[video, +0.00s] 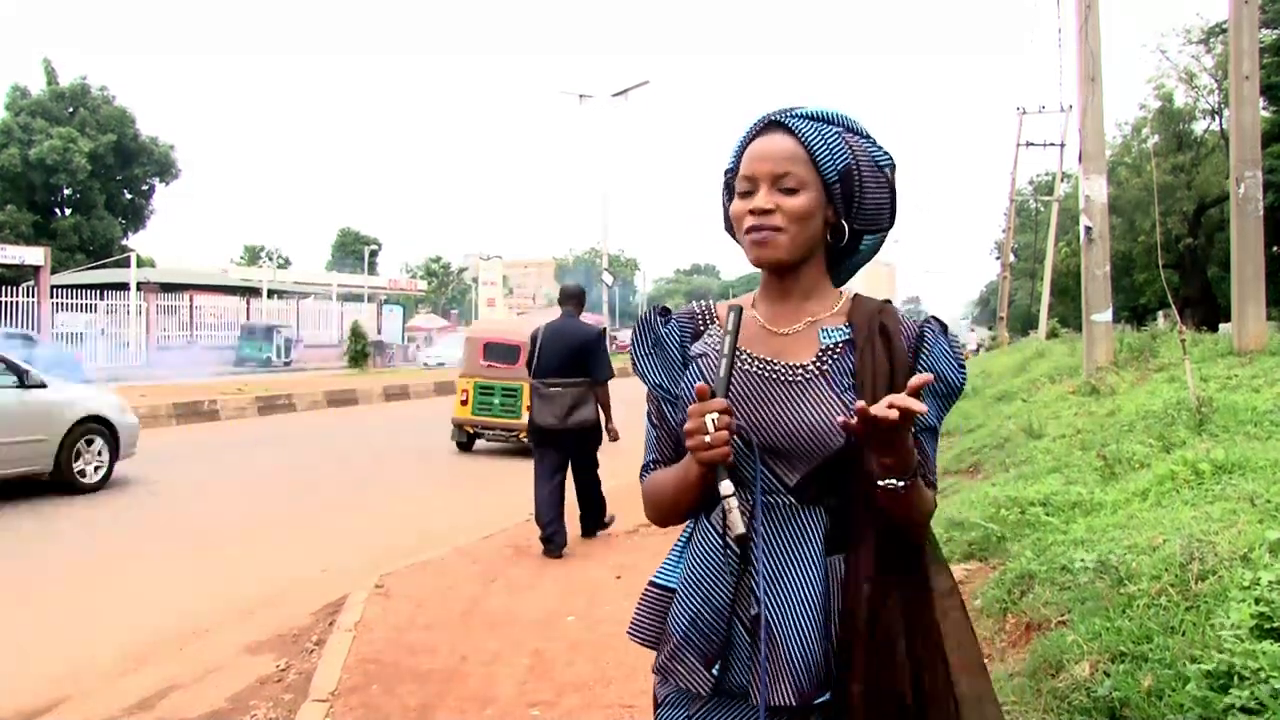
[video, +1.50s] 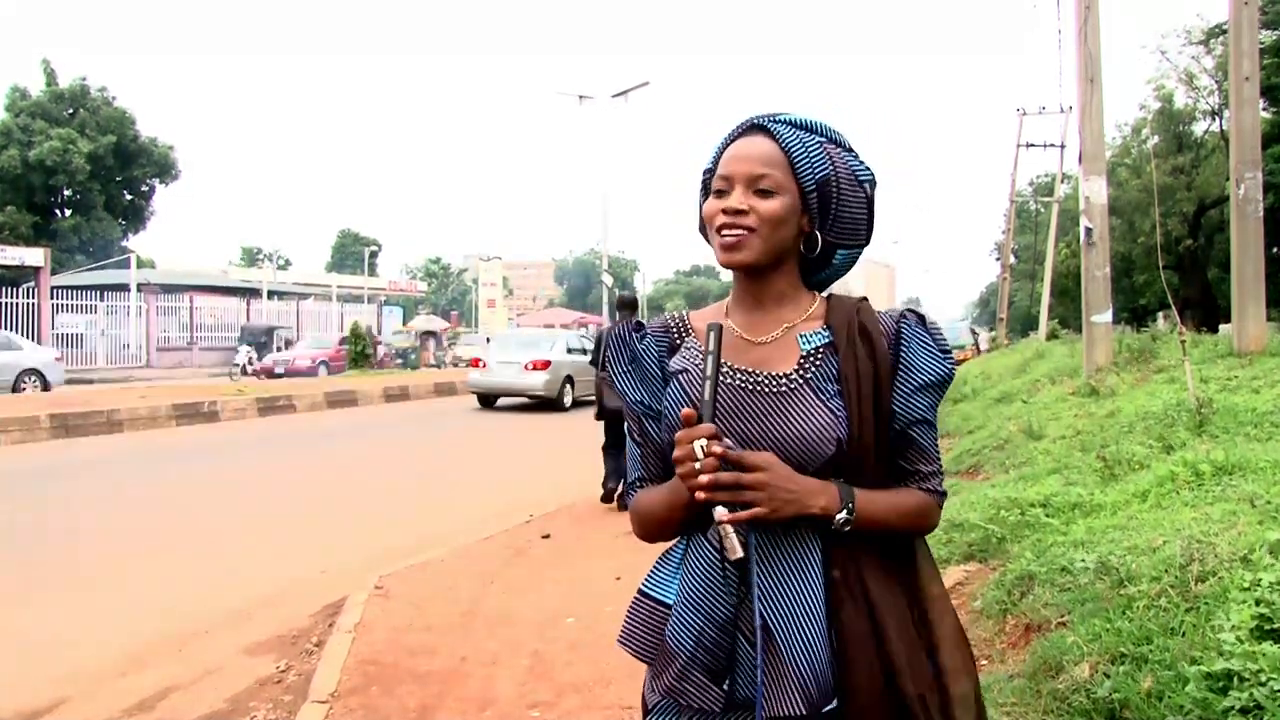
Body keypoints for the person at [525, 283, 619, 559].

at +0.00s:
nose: (577, 308)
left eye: (568, 302)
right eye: (581, 304)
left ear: (559, 303)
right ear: (583, 305)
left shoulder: (539, 334)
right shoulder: (592, 336)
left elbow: (532, 374)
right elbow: (600, 385)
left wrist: (542, 407)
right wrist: (609, 420)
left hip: (545, 422)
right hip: (582, 421)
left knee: (548, 479)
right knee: (586, 473)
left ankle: (552, 542)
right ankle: (592, 522)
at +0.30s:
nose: (596, 304)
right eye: (599, 299)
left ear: (576, 302)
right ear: (599, 301)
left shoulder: (559, 330)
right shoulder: (611, 330)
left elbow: (548, 365)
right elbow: (621, 374)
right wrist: (629, 406)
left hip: (568, 410)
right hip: (602, 410)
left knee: (574, 456)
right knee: (601, 467)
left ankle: (564, 498)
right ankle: (592, 524)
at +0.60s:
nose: (602, 312)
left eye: (595, 307)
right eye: (604, 307)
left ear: (583, 309)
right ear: (605, 308)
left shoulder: (570, 337)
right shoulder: (615, 335)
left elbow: (563, 379)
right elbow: (626, 374)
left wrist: (559, 414)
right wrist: (629, 408)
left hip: (581, 408)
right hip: (610, 406)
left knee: (585, 463)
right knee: (603, 463)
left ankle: (594, 510)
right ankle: (592, 523)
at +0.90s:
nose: (601, 312)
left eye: (596, 307)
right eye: (607, 307)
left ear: (589, 309)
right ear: (610, 308)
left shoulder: (577, 335)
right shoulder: (619, 334)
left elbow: (569, 366)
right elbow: (626, 368)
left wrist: (580, 389)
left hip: (585, 408)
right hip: (613, 406)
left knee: (589, 462)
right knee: (614, 455)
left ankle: (595, 513)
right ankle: (613, 493)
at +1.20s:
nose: (613, 318)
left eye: (609, 313)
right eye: (617, 313)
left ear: (602, 314)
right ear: (623, 313)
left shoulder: (590, 339)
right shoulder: (632, 338)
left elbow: (580, 368)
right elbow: (636, 371)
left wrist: (595, 382)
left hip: (595, 402)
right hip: (625, 402)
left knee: (593, 456)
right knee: (626, 453)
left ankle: (594, 511)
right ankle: (627, 503)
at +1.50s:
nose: (625, 314)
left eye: (622, 309)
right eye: (630, 310)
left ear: (617, 309)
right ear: (637, 310)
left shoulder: (605, 334)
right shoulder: (644, 336)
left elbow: (596, 363)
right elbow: (649, 368)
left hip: (611, 400)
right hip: (637, 399)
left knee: (612, 444)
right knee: (634, 444)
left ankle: (611, 480)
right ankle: (627, 493)